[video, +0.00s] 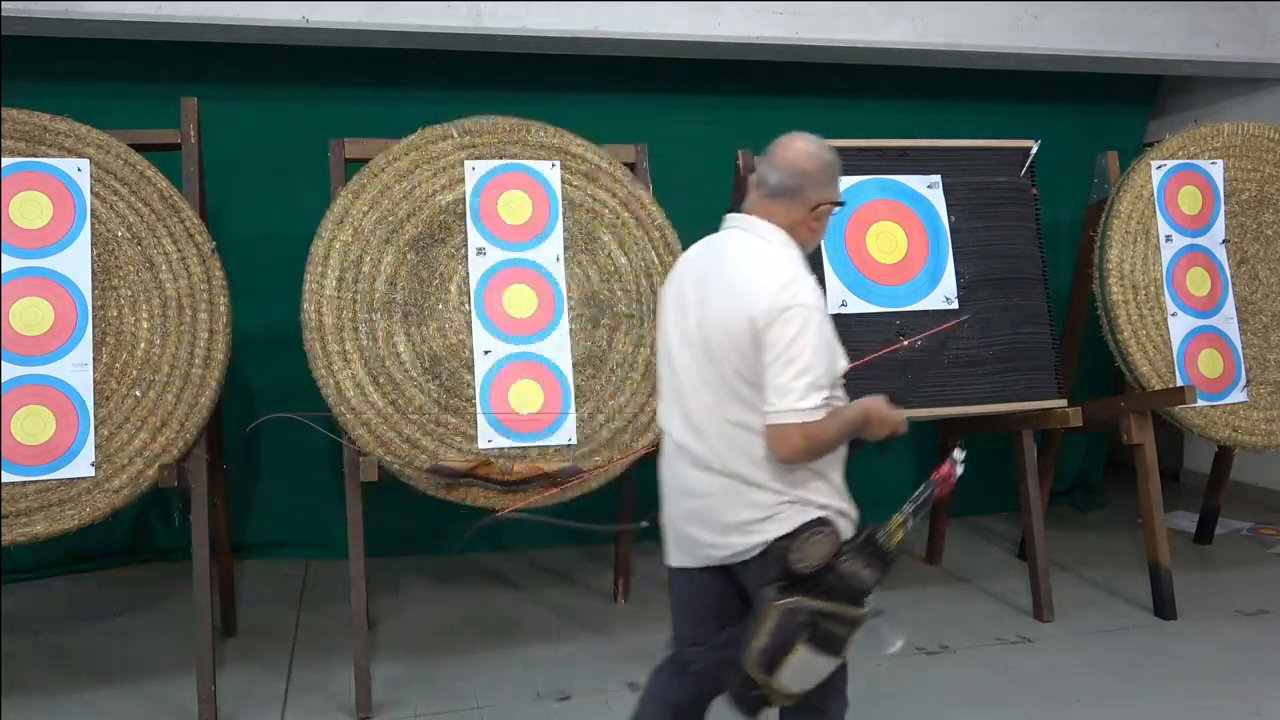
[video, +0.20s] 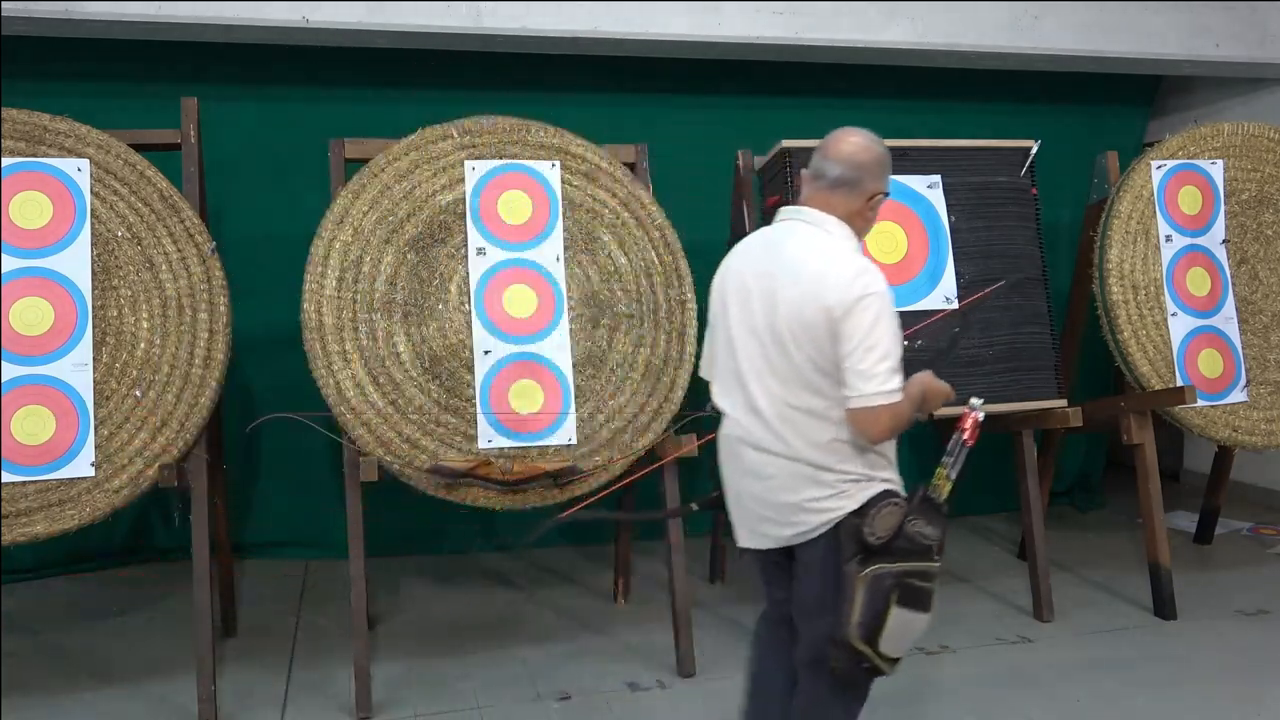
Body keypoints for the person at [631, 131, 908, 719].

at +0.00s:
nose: (827, 221)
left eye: (829, 208)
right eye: (829, 209)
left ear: (753, 186)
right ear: (816, 210)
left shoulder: (690, 264)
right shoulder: (789, 289)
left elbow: (690, 396)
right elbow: (791, 442)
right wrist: (860, 416)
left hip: (693, 525)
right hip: (780, 536)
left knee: (689, 673)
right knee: (815, 694)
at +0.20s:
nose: (880, 212)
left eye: (881, 201)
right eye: (881, 200)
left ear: (804, 182)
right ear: (872, 200)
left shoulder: (740, 257)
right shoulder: (855, 280)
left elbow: (723, 388)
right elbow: (873, 425)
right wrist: (920, 394)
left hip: (753, 494)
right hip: (833, 502)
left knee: (782, 625)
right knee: (834, 665)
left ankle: (764, 710)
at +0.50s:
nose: (927, 219)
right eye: (927, 209)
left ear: (857, 200)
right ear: (922, 213)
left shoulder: (797, 280)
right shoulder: (926, 289)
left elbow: (774, 384)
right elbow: (960, 416)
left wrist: (843, 378)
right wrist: (986, 388)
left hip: (830, 495)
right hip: (909, 494)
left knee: (892, 633)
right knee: (870, 642)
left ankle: (925, 714)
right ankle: (846, 715)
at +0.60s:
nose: (937, 215)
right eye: (939, 206)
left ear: (871, 201)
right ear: (934, 207)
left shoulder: (820, 277)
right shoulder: (943, 278)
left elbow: (806, 380)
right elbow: (973, 401)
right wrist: (1005, 379)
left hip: (851, 482)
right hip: (928, 478)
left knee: (898, 620)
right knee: (905, 628)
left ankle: (933, 711)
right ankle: (865, 716)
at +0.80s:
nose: (974, 210)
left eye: (974, 202)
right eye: (975, 202)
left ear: (910, 191)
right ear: (967, 202)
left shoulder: (866, 262)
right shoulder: (966, 265)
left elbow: (850, 363)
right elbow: (985, 380)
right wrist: (1025, 371)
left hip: (874, 471)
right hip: (955, 465)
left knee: (901, 604)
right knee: (973, 604)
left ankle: (915, 709)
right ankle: (943, 708)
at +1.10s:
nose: (1016, 224)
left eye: (1019, 215)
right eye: (1019, 215)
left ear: (957, 202)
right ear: (1009, 214)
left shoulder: (914, 258)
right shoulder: (994, 271)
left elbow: (902, 341)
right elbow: (1002, 376)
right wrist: (1044, 382)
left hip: (907, 452)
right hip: (979, 457)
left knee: (919, 579)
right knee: (992, 575)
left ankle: (923, 706)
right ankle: (988, 692)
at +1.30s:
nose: (1029, 226)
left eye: (1029, 217)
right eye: (1029, 217)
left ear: (972, 202)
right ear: (1020, 213)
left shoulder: (929, 255)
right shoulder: (997, 260)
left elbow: (915, 346)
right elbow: (998, 356)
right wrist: (1046, 371)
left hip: (924, 437)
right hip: (982, 441)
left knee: (941, 545)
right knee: (997, 560)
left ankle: (914, 656)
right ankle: (988, 688)